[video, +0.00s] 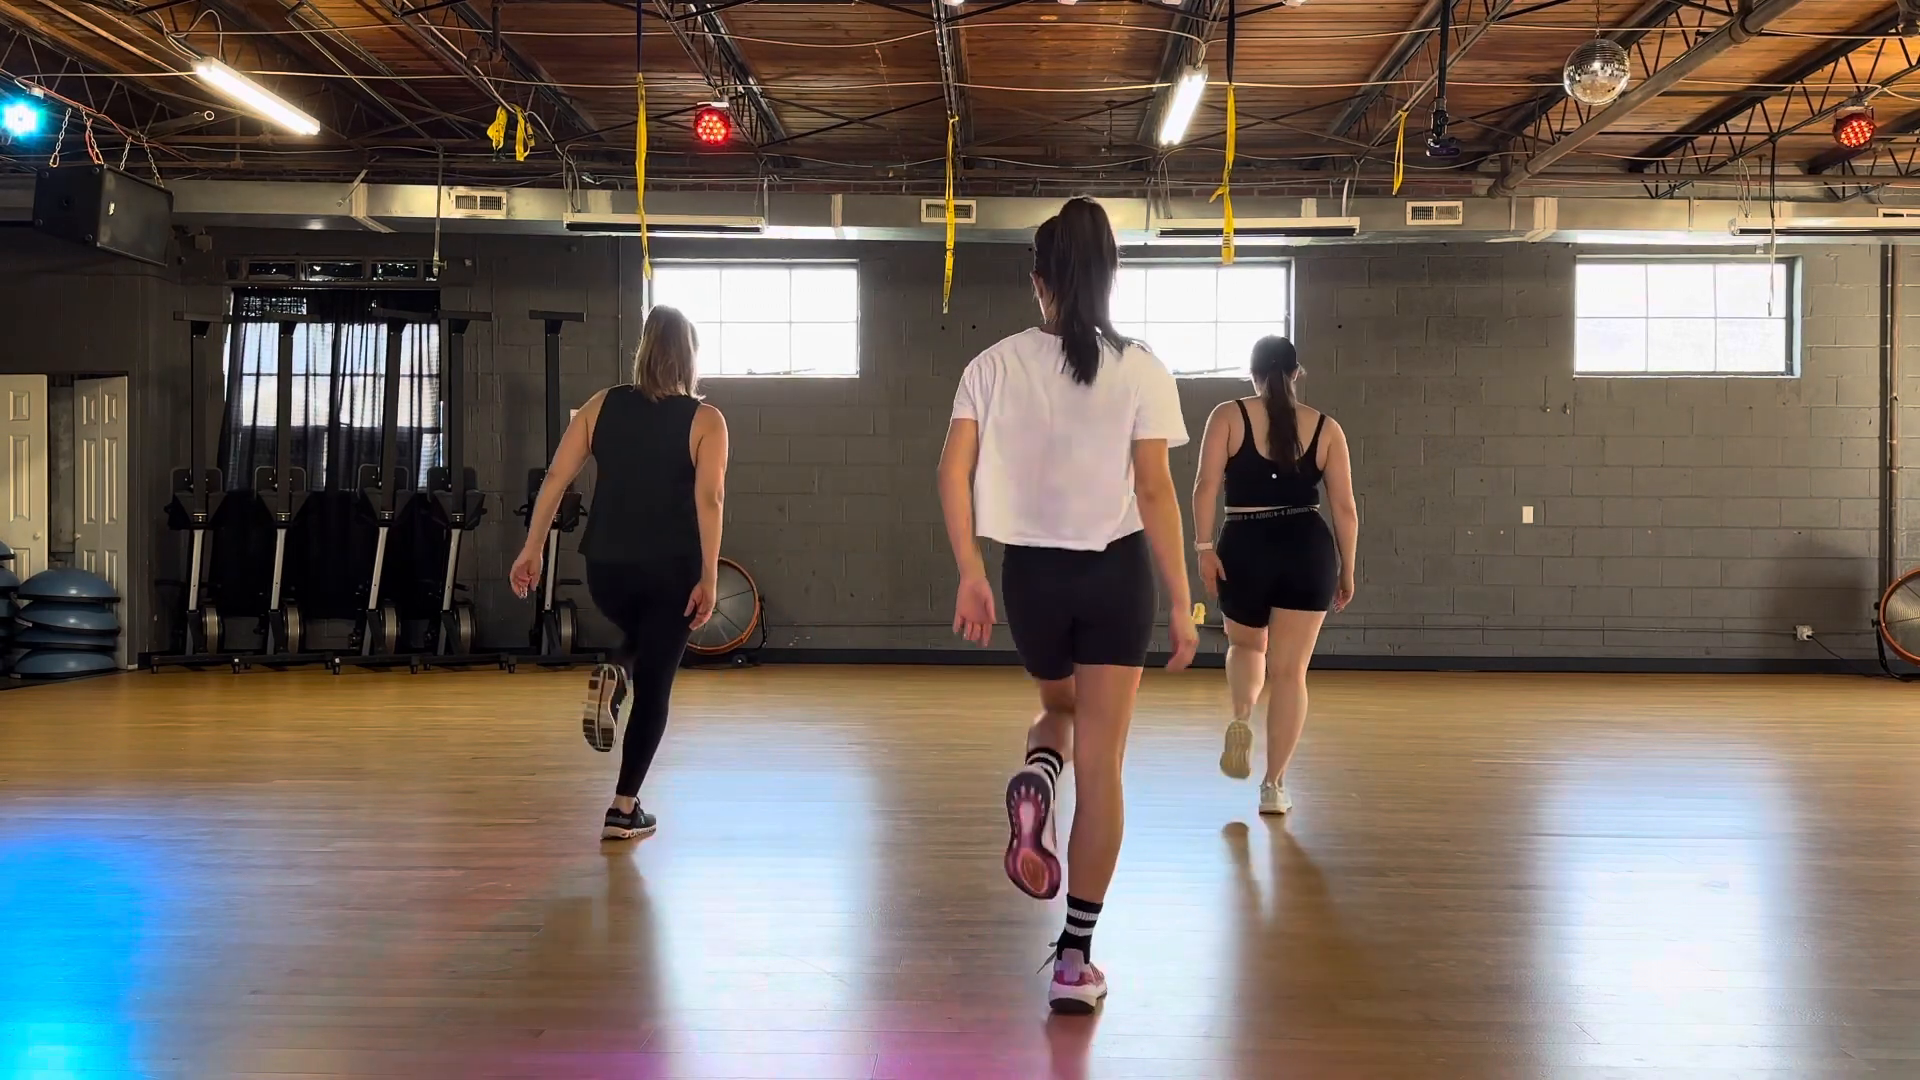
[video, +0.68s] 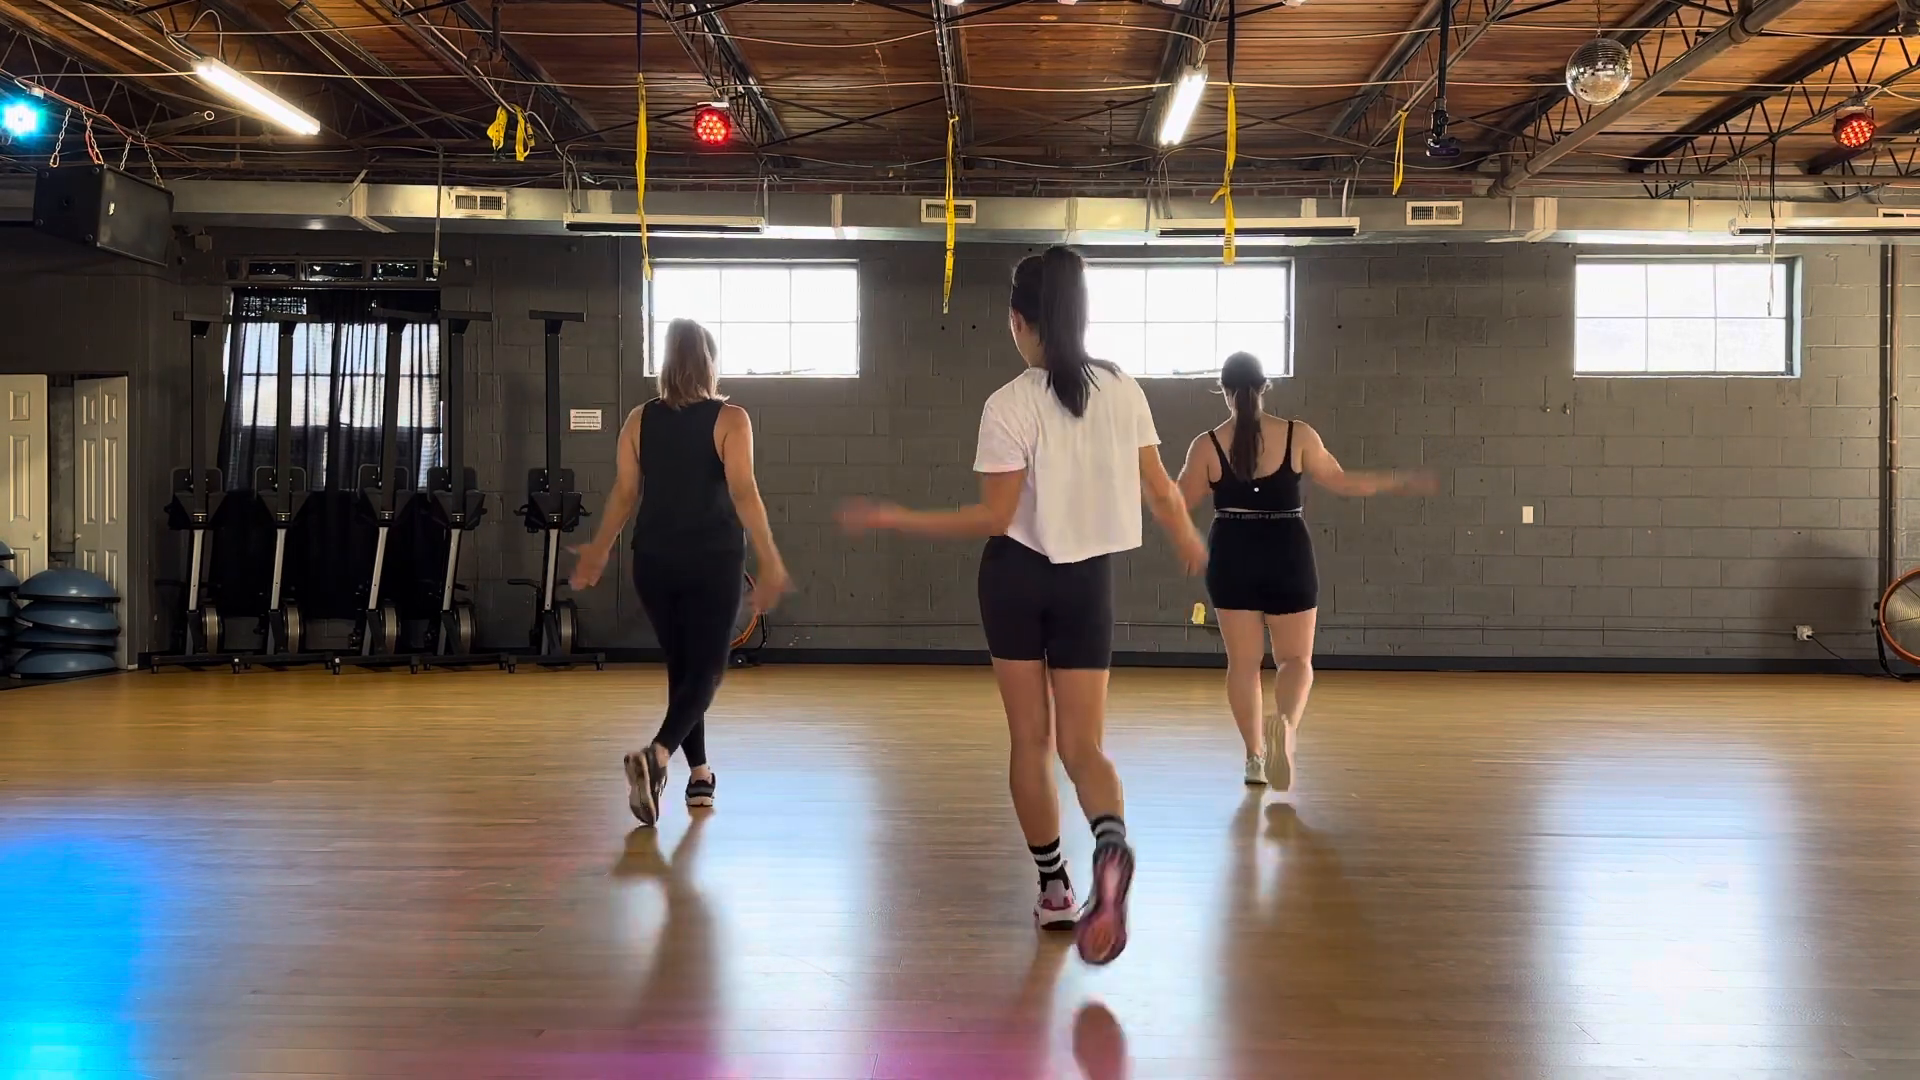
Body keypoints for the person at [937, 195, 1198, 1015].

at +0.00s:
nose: (1037, 283)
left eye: (1037, 271)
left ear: (1038, 277)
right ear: (1109, 274)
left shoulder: (993, 365)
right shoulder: (1140, 368)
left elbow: (953, 468)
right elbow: (1152, 488)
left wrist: (970, 569)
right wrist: (1179, 597)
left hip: (1025, 573)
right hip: (1115, 573)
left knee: (1058, 705)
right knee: (1098, 767)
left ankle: (1035, 784)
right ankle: (1074, 957)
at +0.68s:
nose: (1008, 324)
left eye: (1012, 313)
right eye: (1012, 312)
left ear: (1025, 319)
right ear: (1076, 314)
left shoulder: (1010, 404)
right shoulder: (1125, 392)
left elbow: (996, 516)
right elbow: (1161, 490)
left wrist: (899, 519)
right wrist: (1188, 541)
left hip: (1015, 581)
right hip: (1089, 584)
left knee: (1028, 741)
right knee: (1083, 742)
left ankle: (1057, 888)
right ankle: (1113, 841)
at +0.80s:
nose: (1010, 333)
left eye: (1012, 322)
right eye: (1013, 322)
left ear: (1023, 328)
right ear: (1071, 321)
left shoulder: (1009, 407)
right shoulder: (1121, 393)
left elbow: (939, 491)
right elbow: (1179, 465)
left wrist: (890, 420)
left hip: (1009, 576)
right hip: (1081, 580)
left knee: (1030, 734)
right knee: (1072, 724)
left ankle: (1058, 884)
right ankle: (1119, 778)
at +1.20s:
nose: (986, 344)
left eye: (990, 334)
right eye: (989, 334)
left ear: (1007, 338)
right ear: (1053, 338)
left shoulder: (989, 386)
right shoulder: (1091, 398)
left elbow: (939, 420)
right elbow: (1160, 426)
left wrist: (958, 493)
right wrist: (1102, 474)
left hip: (1017, 572)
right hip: (1076, 574)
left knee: (1023, 724)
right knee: (1027, 714)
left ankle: (1057, 855)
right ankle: (1015, 835)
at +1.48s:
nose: (948, 352)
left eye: (960, 342)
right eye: (950, 340)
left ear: (997, 352)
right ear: (1002, 355)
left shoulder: (977, 407)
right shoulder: (1037, 412)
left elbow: (1018, 488)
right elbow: (1098, 474)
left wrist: (1054, 567)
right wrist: (1089, 544)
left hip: (1007, 571)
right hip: (1032, 567)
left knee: (994, 735)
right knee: (975, 704)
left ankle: (1076, 834)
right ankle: (1013, 842)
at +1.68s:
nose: (952, 356)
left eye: (967, 347)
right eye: (946, 345)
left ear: (994, 359)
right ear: (939, 353)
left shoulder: (1005, 419)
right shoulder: (965, 418)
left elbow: (1063, 505)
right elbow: (993, 503)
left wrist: (1100, 579)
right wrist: (1033, 563)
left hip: (1010, 578)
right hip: (979, 574)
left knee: (975, 728)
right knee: (946, 711)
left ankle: (1092, 831)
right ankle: (1010, 839)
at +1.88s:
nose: (968, 352)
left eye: (981, 343)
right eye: (959, 340)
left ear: (1000, 354)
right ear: (944, 348)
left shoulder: (1026, 418)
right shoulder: (927, 418)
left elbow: (1077, 486)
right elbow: (917, 483)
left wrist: (1121, 546)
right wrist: (916, 542)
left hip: (1015, 566)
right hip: (956, 567)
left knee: (1007, 698)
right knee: (949, 712)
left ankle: (1086, 836)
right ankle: (1004, 829)